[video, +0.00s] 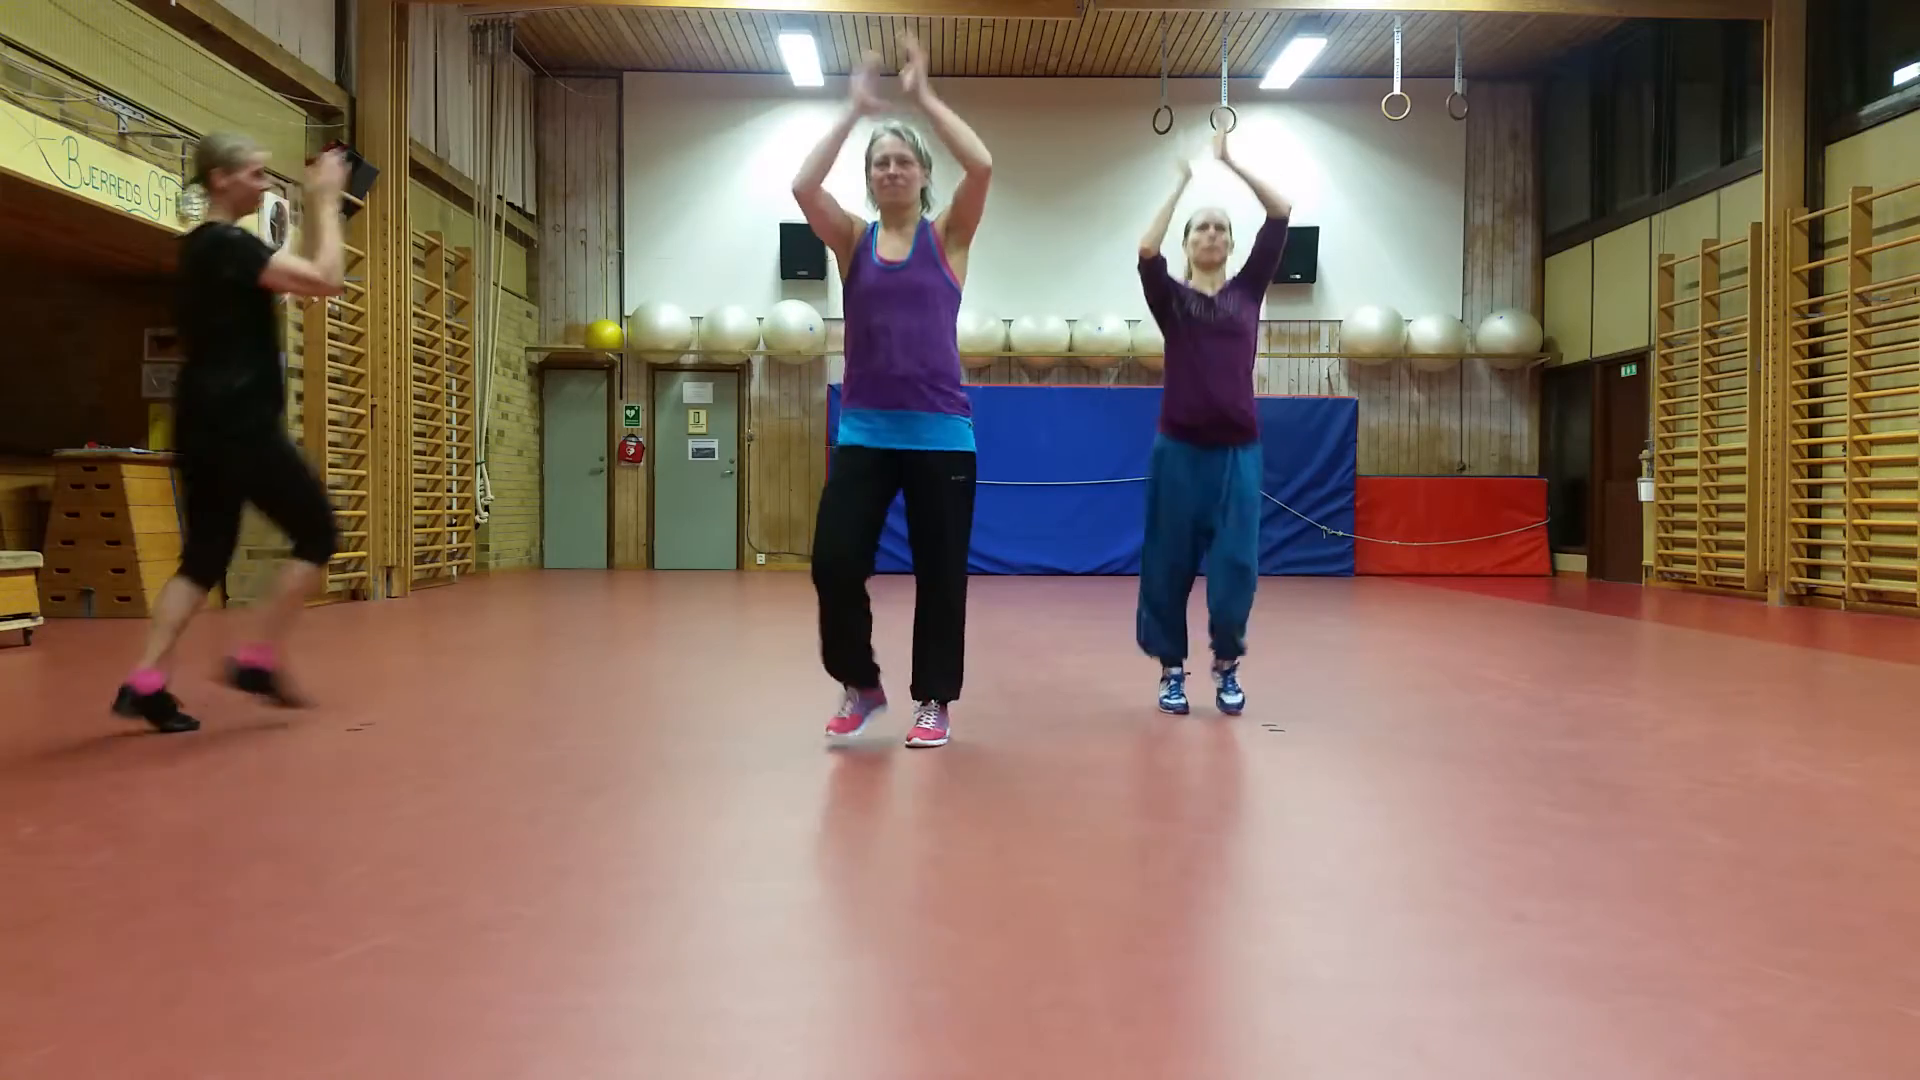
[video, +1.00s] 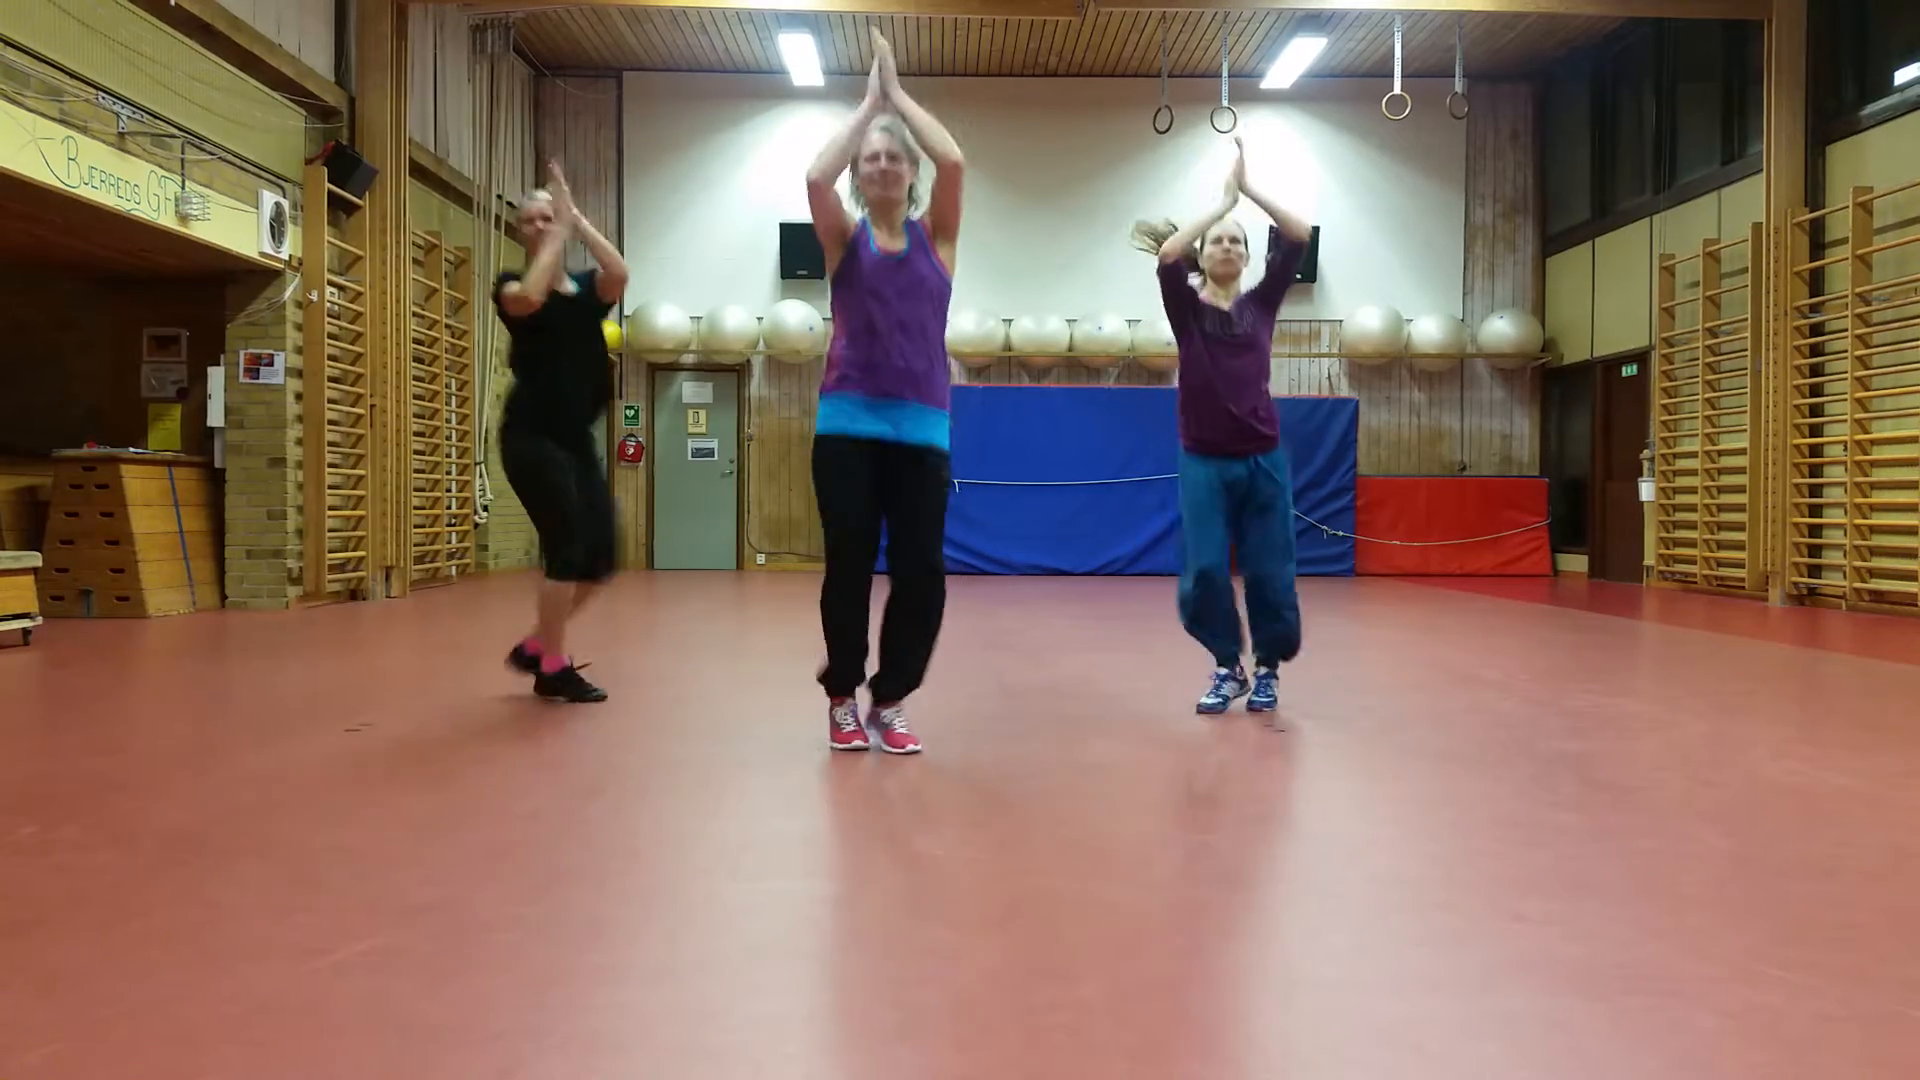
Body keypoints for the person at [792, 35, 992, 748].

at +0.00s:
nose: (891, 169)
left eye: (902, 160)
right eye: (879, 162)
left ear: (923, 175)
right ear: (867, 177)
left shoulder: (948, 236)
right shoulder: (853, 239)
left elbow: (981, 167)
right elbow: (804, 188)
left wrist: (923, 96)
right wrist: (855, 112)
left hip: (941, 428)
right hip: (865, 428)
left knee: (941, 572)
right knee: (834, 564)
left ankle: (934, 703)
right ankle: (862, 689)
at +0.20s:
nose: (888, 162)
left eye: (898, 154)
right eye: (877, 155)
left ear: (919, 167)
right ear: (865, 170)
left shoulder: (945, 231)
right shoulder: (854, 232)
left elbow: (951, 150)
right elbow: (822, 173)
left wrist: (896, 84)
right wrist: (869, 101)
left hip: (929, 421)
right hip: (858, 418)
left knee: (928, 566)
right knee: (858, 565)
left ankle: (915, 698)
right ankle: (865, 698)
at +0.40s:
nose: (887, 167)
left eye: (898, 159)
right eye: (875, 160)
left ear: (916, 174)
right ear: (860, 175)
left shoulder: (940, 237)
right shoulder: (845, 240)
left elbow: (979, 169)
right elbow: (804, 186)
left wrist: (925, 92)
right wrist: (851, 109)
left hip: (927, 427)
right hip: (854, 425)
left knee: (955, 558)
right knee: (855, 568)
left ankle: (918, 684)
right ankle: (866, 703)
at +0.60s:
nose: (892, 158)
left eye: (902, 151)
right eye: (881, 151)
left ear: (921, 167)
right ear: (865, 167)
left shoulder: (941, 227)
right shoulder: (850, 231)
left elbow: (963, 150)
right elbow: (835, 168)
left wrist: (910, 86)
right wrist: (886, 98)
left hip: (937, 420)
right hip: (864, 422)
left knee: (936, 569)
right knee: (863, 569)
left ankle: (936, 701)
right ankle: (882, 703)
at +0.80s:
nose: (892, 155)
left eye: (904, 147)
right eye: (880, 148)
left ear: (922, 162)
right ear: (866, 164)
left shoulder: (948, 227)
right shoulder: (853, 230)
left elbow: (977, 154)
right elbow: (806, 183)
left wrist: (927, 75)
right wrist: (844, 103)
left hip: (935, 420)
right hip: (861, 417)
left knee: (938, 564)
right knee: (830, 549)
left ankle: (933, 703)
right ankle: (860, 676)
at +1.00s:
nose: (883, 166)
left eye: (894, 157)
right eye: (871, 157)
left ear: (912, 172)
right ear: (855, 172)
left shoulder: (935, 239)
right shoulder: (845, 239)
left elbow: (952, 160)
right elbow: (818, 180)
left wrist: (898, 93)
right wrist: (867, 103)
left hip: (921, 425)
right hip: (849, 421)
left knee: (921, 571)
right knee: (849, 565)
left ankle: (890, 702)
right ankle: (844, 695)